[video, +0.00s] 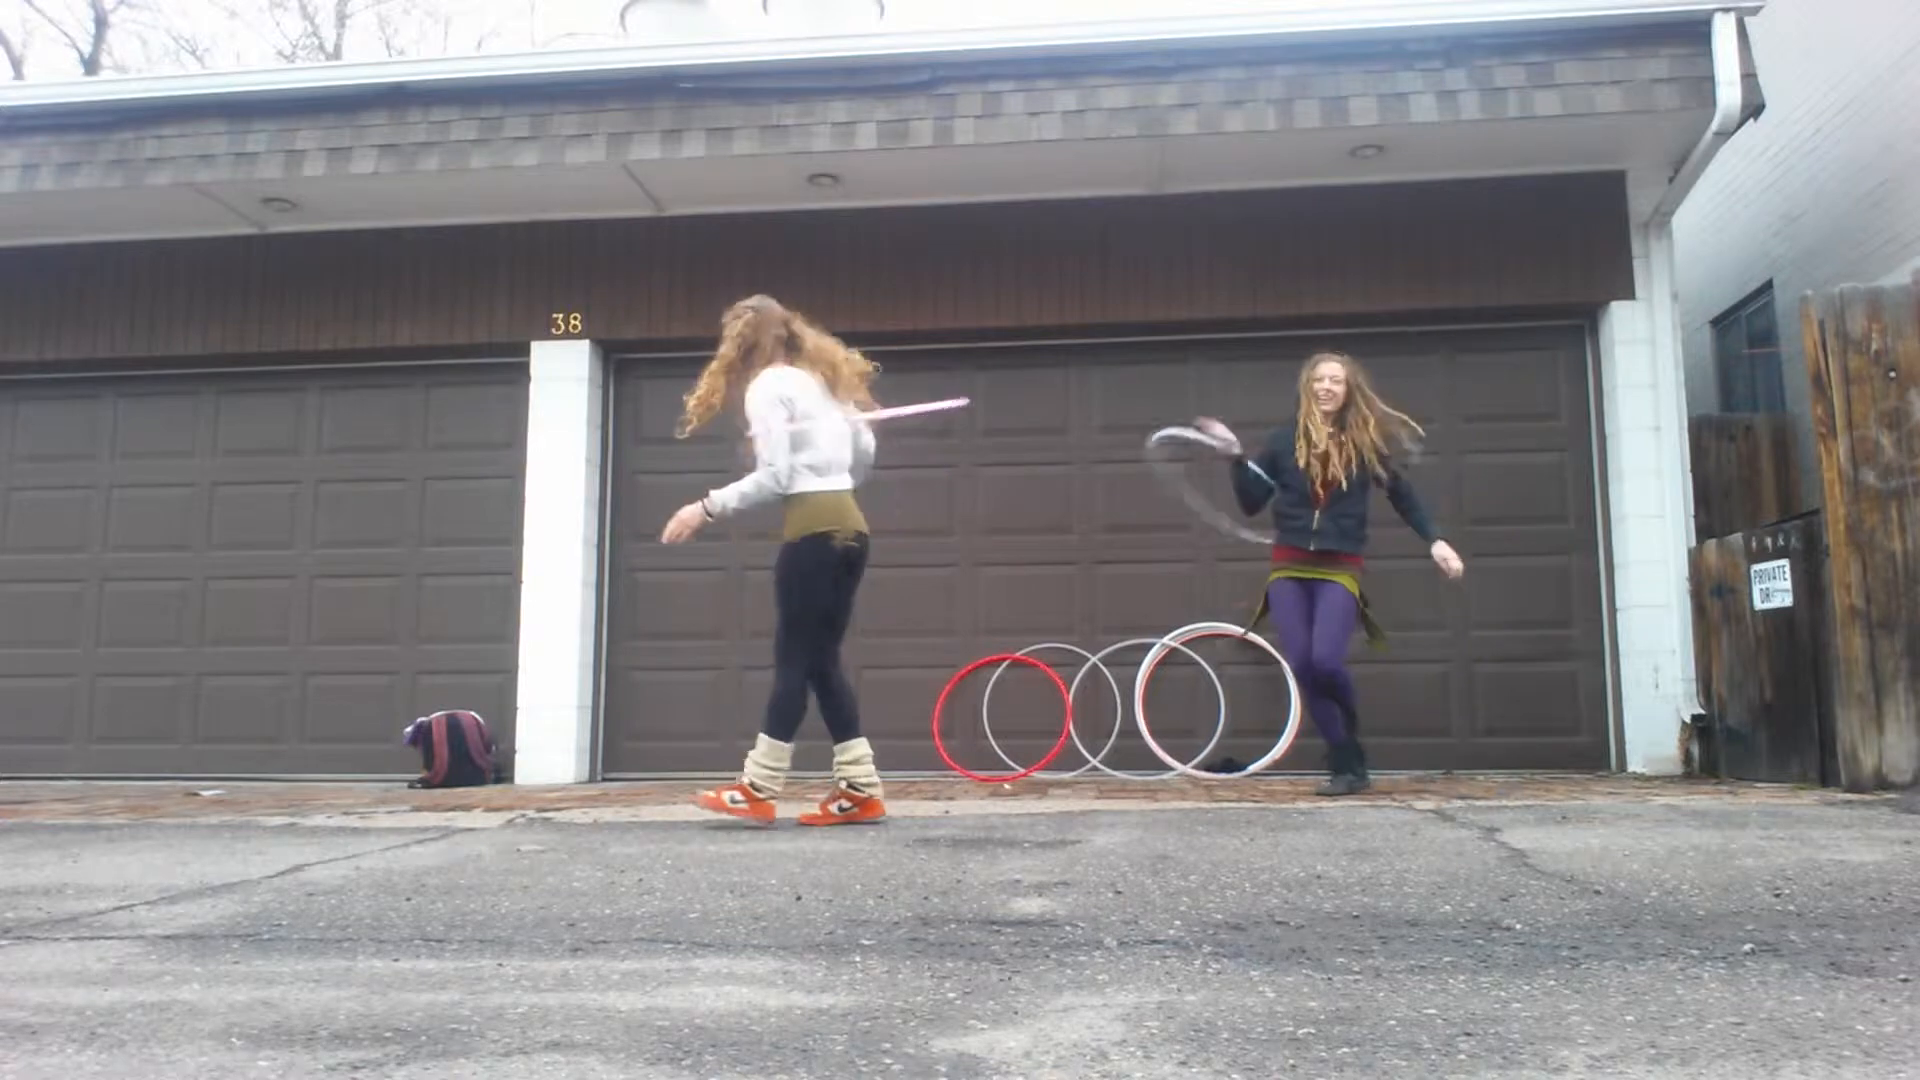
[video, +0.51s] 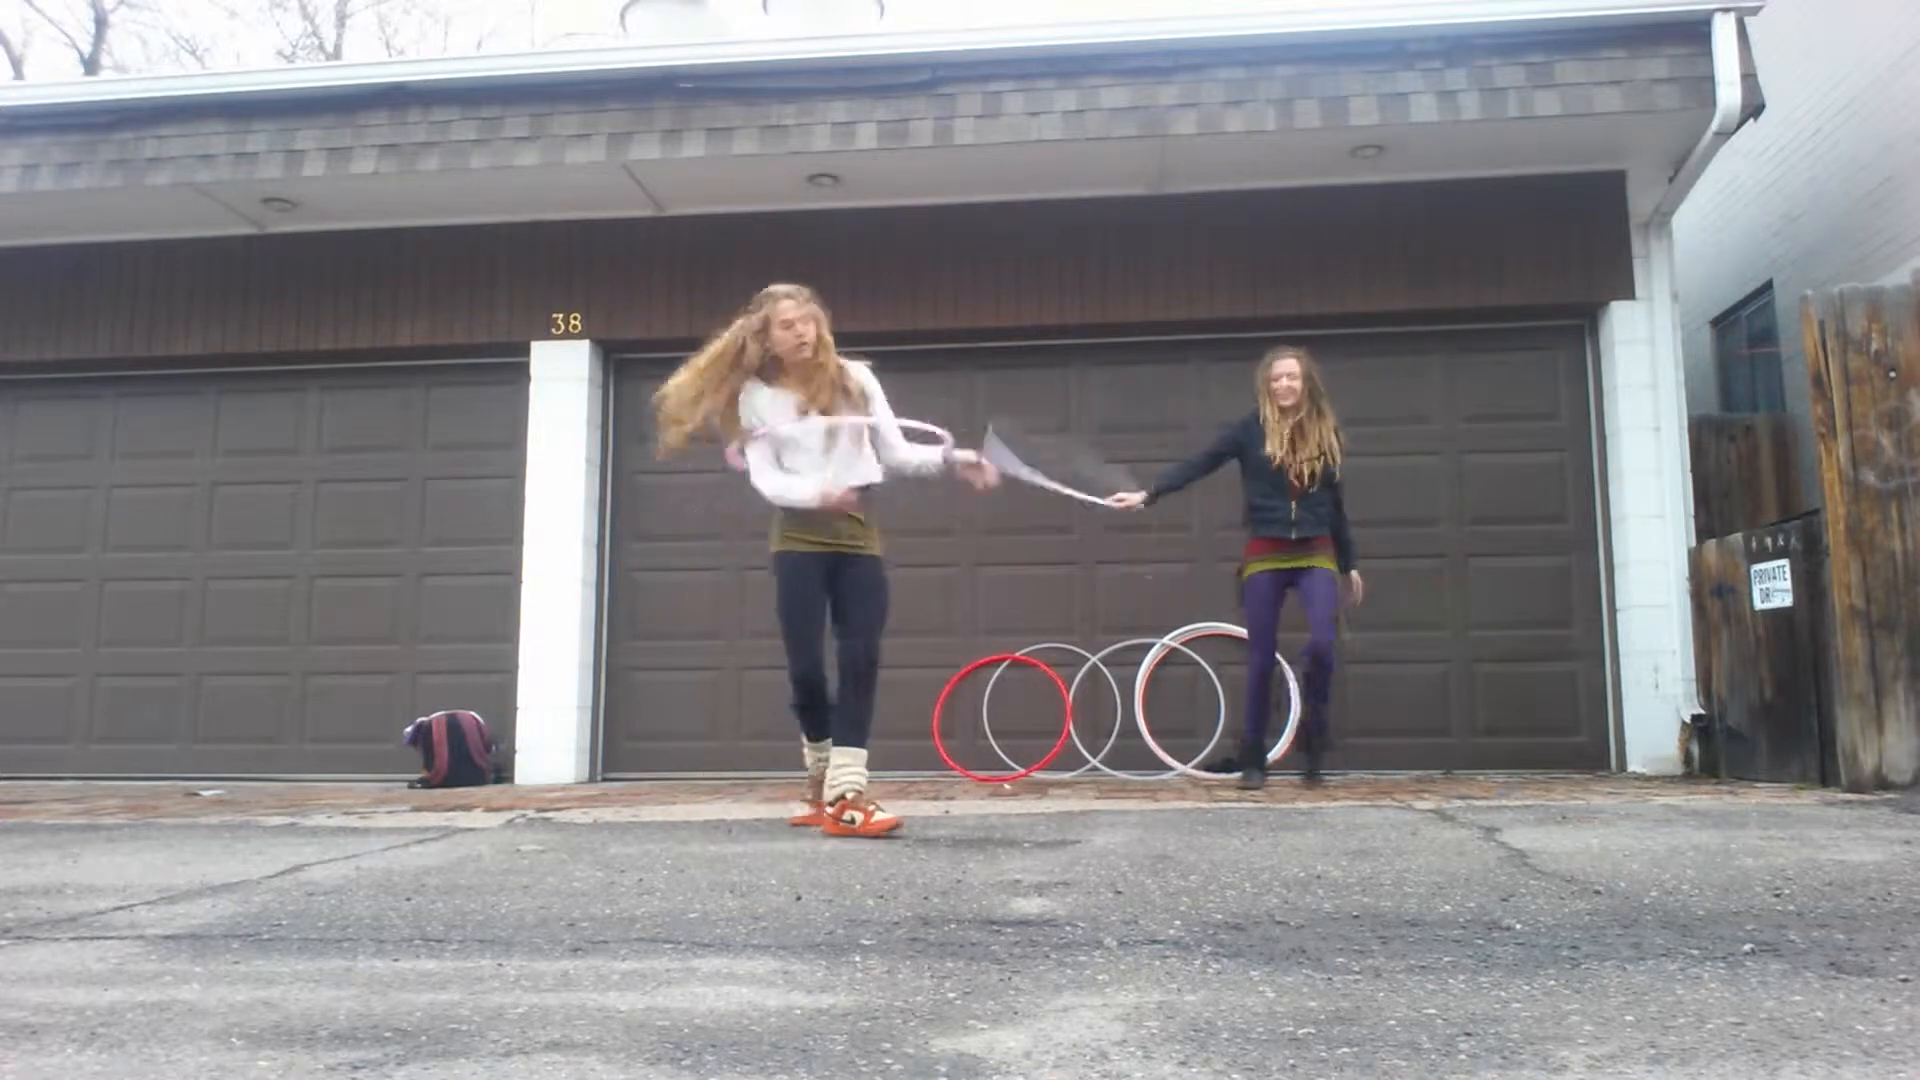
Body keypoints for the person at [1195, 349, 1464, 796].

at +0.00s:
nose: (1326, 388)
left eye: (1335, 381)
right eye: (1319, 381)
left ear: (1349, 389)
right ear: (1307, 387)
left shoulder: (1365, 443)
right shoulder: (1285, 440)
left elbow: (1402, 494)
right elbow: (1252, 503)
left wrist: (1434, 540)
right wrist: (1234, 457)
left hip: (1340, 566)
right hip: (1288, 563)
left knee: (1325, 662)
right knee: (1301, 665)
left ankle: (1350, 747)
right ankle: (1343, 766)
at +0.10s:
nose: (1316, 381)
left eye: (1324, 374)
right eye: (1308, 374)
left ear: (1339, 382)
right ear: (1296, 383)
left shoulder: (1354, 437)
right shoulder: (1274, 433)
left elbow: (1397, 489)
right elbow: (1231, 490)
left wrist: (1440, 538)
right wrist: (1223, 450)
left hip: (1334, 560)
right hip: (1282, 558)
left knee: (1327, 658)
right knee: (1299, 660)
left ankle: (1345, 744)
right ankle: (1334, 757)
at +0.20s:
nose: (1307, 373)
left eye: (1316, 367)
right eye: (1299, 367)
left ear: (1330, 377)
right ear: (1285, 376)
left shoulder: (1344, 429)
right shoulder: (1264, 425)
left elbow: (1385, 484)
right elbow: (1204, 449)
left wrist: (1425, 539)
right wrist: (1176, 418)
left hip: (1333, 551)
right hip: (1281, 551)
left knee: (1325, 656)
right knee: (1288, 649)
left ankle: (1328, 756)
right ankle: (1320, 757)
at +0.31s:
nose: (1298, 375)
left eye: (1306, 368)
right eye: (1290, 369)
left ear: (1321, 378)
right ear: (1276, 379)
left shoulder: (1338, 434)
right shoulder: (1259, 432)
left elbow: (1366, 496)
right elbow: (1196, 434)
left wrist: (1394, 549)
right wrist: (1134, 426)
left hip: (1329, 551)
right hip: (1278, 551)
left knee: (1316, 651)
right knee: (1281, 645)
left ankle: (1322, 756)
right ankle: (1292, 754)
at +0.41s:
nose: (1289, 377)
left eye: (1297, 371)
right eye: (1282, 371)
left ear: (1313, 381)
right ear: (1270, 380)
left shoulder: (1327, 434)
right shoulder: (1253, 427)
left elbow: (1347, 502)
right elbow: (1193, 450)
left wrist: (1364, 560)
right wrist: (1130, 467)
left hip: (1323, 553)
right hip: (1273, 553)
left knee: (1314, 651)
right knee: (1271, 651)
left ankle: (1320, 761)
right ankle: (1257, 760)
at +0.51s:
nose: (1284, 385)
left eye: (1292, 377)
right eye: (1276, 378)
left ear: (1308, 383)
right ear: (1265, 385)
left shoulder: (1323, 433)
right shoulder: (1252, 428)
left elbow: (1335, 505)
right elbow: (1201, 463)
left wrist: (1350, 565)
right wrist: (1148, 494)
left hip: (1316, 551)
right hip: (1265, 552)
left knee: (1323, 644)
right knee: (1261, 657)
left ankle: (1314, 752)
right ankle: (1253, 760)